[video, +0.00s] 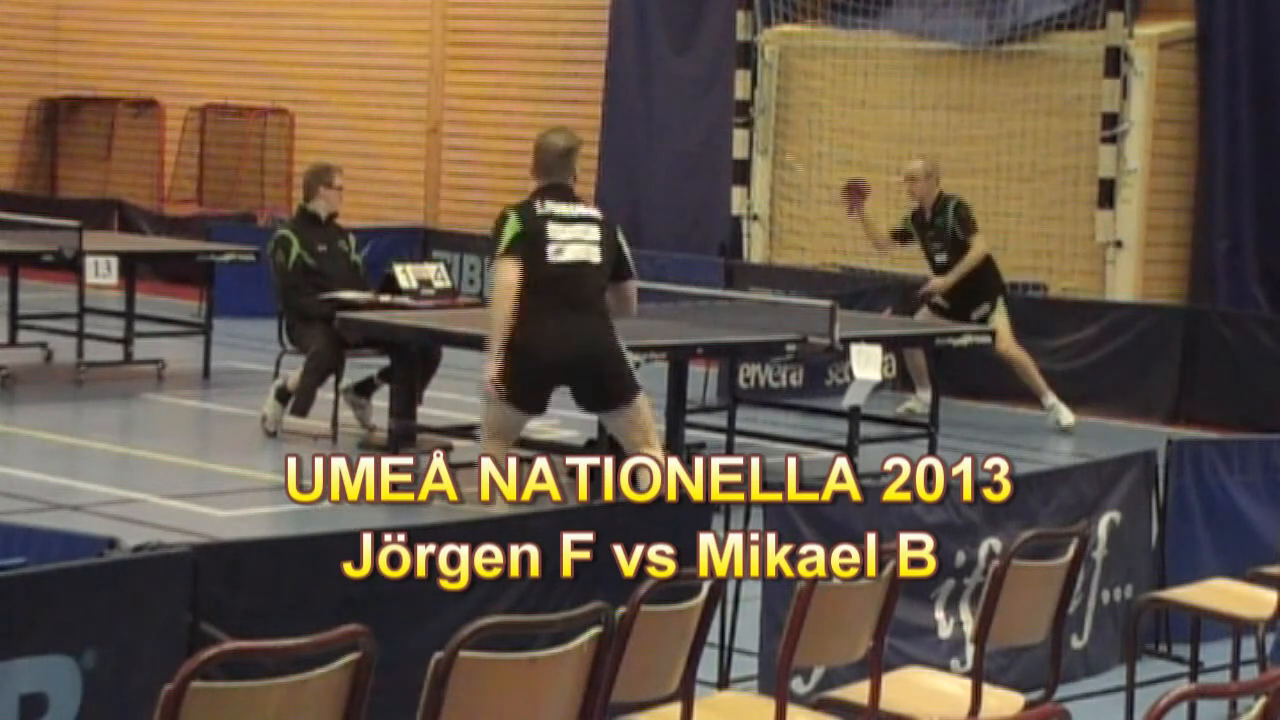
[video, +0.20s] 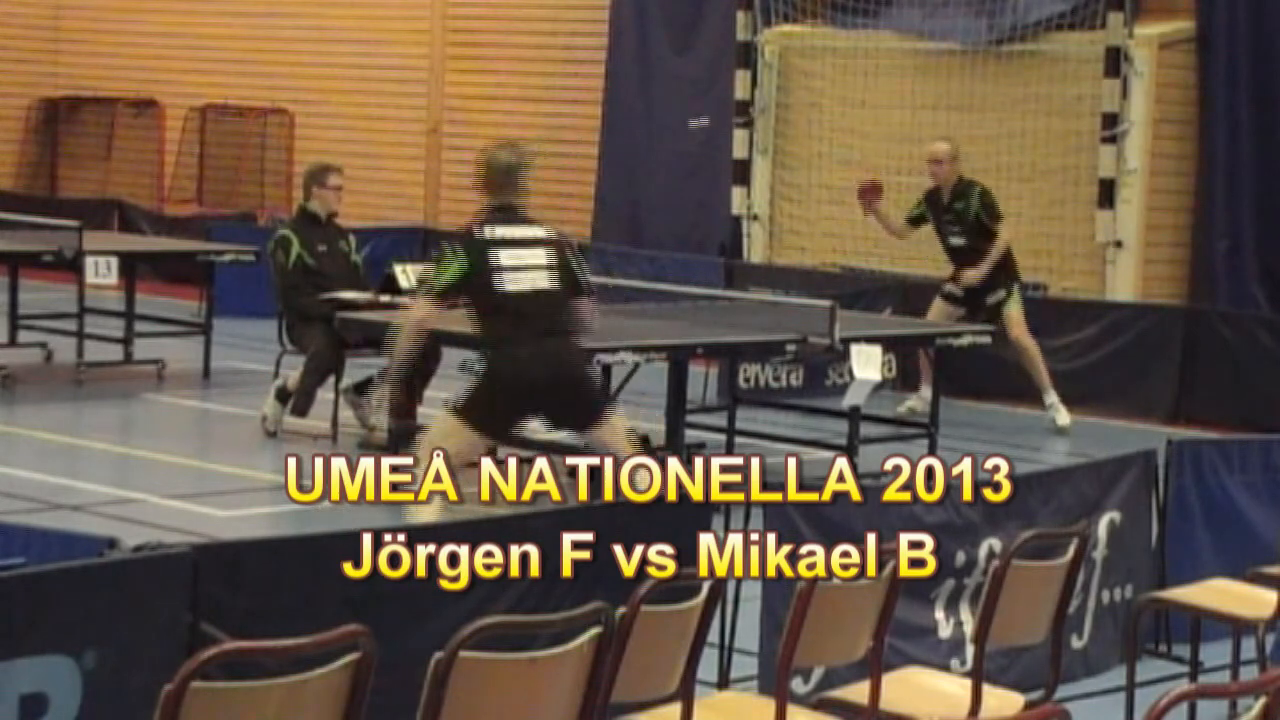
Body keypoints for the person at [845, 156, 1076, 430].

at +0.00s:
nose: (910, 186)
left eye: (915, 180)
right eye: (907, 181)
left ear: (934, 181)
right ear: (908, 185)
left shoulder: (955, 209)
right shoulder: (917, 219)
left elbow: (979, 248)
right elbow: (883, 243)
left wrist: (946, 280)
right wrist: (862, 216)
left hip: (985, 292)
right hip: (951, 295)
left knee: (1004, 346)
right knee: (908, 333)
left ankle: (1052, 403)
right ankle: (924, 398)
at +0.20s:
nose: (932, 169)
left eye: (938, 163)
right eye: (929, 163)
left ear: (954, 165)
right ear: (927, 167)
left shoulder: (976, 193)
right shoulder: (931, 199)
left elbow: (1003, 235)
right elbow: (901, 230)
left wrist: (981, 269)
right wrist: (875, 211)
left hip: (998, 273)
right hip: (963, 275)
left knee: (1017, 334)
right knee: (927, 331)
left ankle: (1051, 400)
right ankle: (925, 395)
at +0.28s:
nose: (950, 175)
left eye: (956, 168)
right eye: (946, 169)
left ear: (971, 169)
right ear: (942, 171)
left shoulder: (990, 202)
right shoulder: (940, 203)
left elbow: (1015, 246)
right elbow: (920, 243)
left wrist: (996, 280)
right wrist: (889, 239)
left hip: (1002, 281)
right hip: (965, 281)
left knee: (1023, 338)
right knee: (932, 334)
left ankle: (1056, 404)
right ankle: (930, 397)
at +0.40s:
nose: (981, 185)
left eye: (988, 180)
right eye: (978, 179)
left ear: (1000, 183)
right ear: (973, 182)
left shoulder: (1019, 216)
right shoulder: (965, 214)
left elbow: (1040, 262)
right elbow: (951, 255)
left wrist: (1028, 294)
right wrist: (930, 274)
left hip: (1018, 293)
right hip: (978, 292)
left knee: (1036, 345)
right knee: (944, 335)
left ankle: (1059, 410)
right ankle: (934, 399)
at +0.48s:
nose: (1001, 183)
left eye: (1007, 176)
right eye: (997, 176)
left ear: (1020, 177)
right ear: (992, 178)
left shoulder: (1041, 212)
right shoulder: (985, 211)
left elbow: (1060, 257)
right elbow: (976, 257)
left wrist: (1053, 289)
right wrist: (959, 282)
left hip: (1037, 289)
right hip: (998, 287)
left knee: (1053, 347)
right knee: (963, 341)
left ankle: (1063, 411)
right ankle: (940, 399)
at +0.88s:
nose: (1060, 165)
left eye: (1065, 159)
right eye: (1055, 160)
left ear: (1078, 159)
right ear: (1049, 163)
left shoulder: (1099, 191)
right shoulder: (1054, 200)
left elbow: (1129, 234)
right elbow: (1051, 248)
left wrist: (1107, 271)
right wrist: (1028, 274)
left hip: (1109, 280)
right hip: (1077, 280)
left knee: (1119, 349)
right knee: (1058, 348)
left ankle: (1153, 420)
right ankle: (1081, 418)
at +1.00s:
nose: (1071, 173)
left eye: (1077, 167)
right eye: (1067, 167)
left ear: (1091, 167)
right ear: (1063, 171)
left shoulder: (1114, 197)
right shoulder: (1073, 210)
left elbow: (1144, 240)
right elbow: (1070, 262)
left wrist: (1113, 276)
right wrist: (1051, 287)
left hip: (1135, 288)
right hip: (1100, 290)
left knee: (1147, 355)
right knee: (1071, 350)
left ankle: (1174, 425)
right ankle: (1083, 420)